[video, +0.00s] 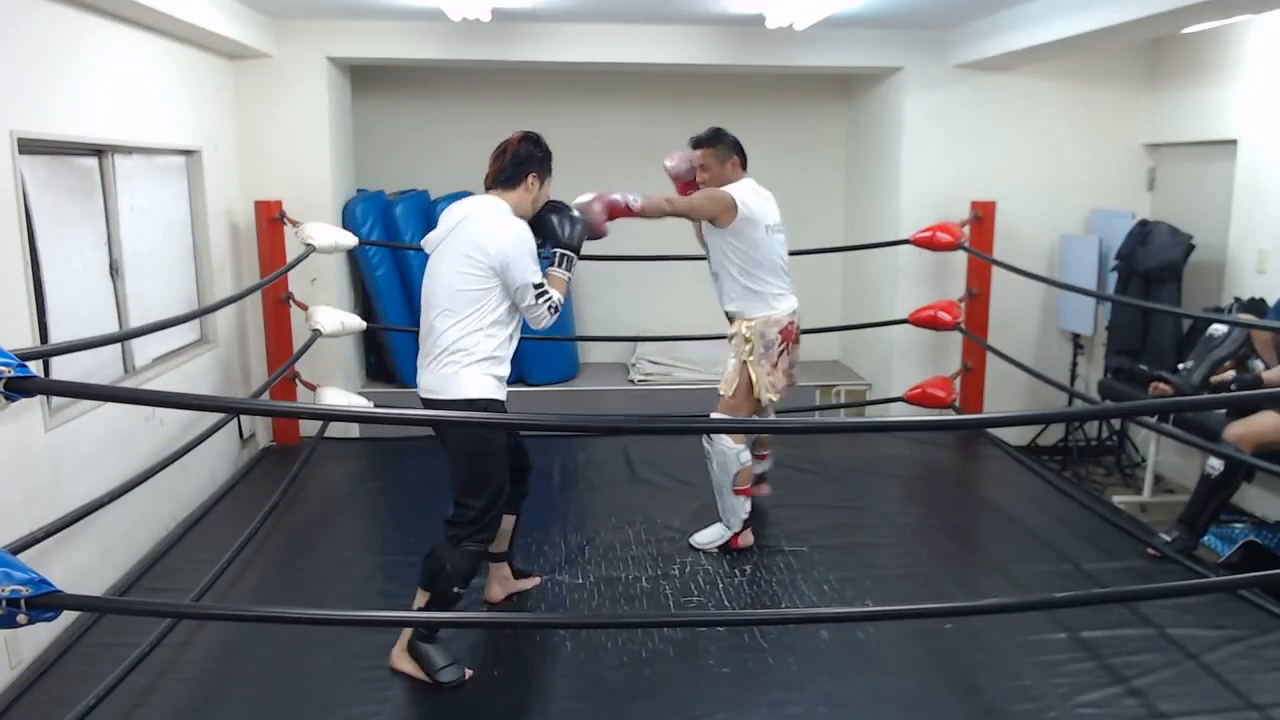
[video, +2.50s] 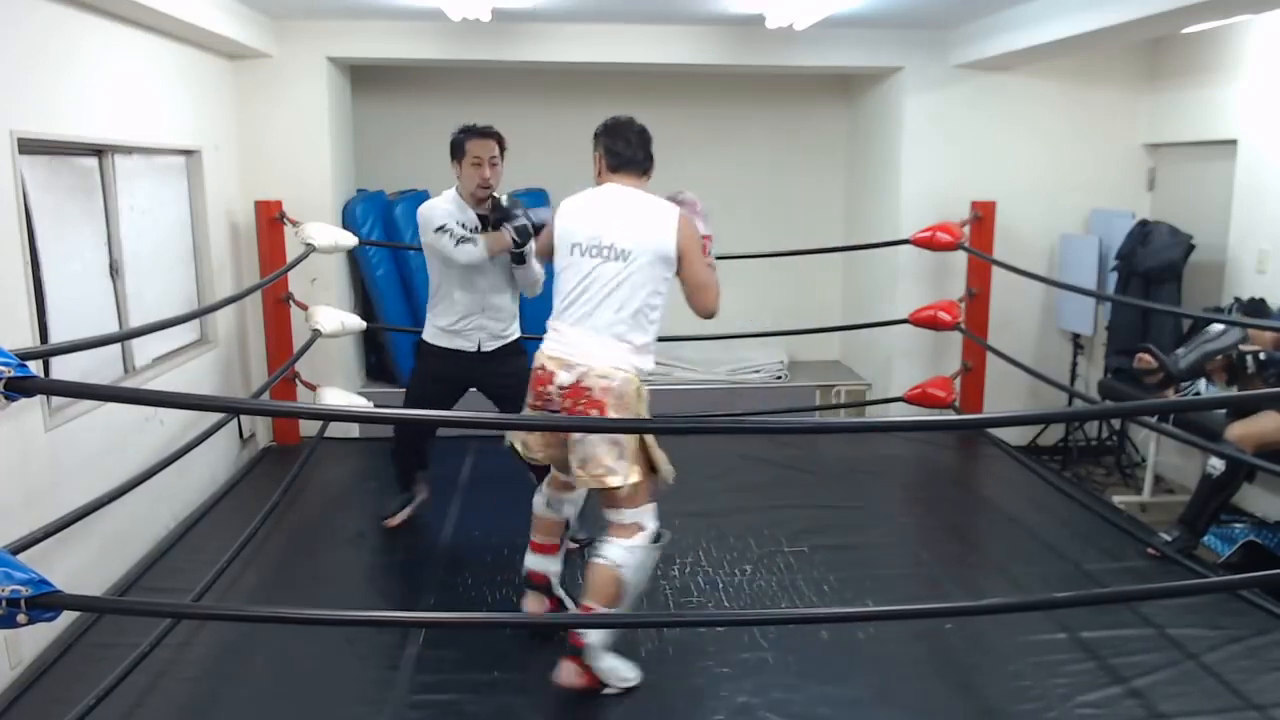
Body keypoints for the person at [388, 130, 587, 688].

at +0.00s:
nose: (544, 198)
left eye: (545, 189)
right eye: (544, 188)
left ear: (500, 175)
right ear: (529, 180)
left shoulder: (457, 215)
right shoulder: (507, 229)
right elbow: (543, 313)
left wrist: (536, 238)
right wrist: (563, 257)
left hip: (441, 384)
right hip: (471, 392)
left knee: (514, 468)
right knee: (477, 512)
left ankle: (499, 577)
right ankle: (413, 643)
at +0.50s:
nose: (547, 194)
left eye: (548, 183)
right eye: (545, 182)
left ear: (512, 178)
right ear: (518, 180)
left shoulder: (486, 223)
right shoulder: (471, 223)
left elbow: (501, 307)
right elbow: (505, 319)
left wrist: (540, 261)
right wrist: (544, 265)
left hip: (474, 377)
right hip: (444, 380)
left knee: (514, 465)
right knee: (451, 502)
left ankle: (510, 556)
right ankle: (410, 640)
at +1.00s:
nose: (488, 177)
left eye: (487, 167)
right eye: (478, 169)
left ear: (452, 175)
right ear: (444, 175)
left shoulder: (470, 228)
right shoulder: (411, 234)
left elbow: (469, 300)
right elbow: (433, 328)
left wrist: (505, 262)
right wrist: (491, 283)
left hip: (457, 383)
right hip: (410, 389)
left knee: (514, 460)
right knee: (403, 507)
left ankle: (510, 550)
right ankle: (351, 610)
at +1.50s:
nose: (529, 184)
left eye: (532, 175)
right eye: (522, 174)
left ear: (524, 179)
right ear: (490, 176)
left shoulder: (509, 226)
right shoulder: (455, 220)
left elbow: (528, 298)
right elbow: (491, 285)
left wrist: (546, 246)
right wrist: (516, 233)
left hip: (479, 363)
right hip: (429, 363)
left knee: (515, 455)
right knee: (400, 465)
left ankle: (514, 539)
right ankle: (352, 569)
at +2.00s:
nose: (460, 185)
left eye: (465, 175)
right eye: (449, 176)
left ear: (470, 179)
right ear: (423, 180)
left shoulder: (477, 223)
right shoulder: (392, 232)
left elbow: (504, 284)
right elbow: (396, 308)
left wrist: (500, 283)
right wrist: (414, 273)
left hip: (463, 355)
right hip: (405, 361)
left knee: (509, 441)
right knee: (384, 454)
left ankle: (516, 533)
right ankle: (362, 528)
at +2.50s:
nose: (486, 175)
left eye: (494, 164)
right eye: (476, 164)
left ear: (503, 168)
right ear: (456, 167)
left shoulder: (512, 215)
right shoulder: (434, 212)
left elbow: (533, 288)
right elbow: (461, 251)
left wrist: (519, 245)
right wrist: (518, 232)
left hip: (503, 349)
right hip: (445, 347)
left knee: (540, 428)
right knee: (409, 428)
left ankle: (555, 508)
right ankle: (413, 490)